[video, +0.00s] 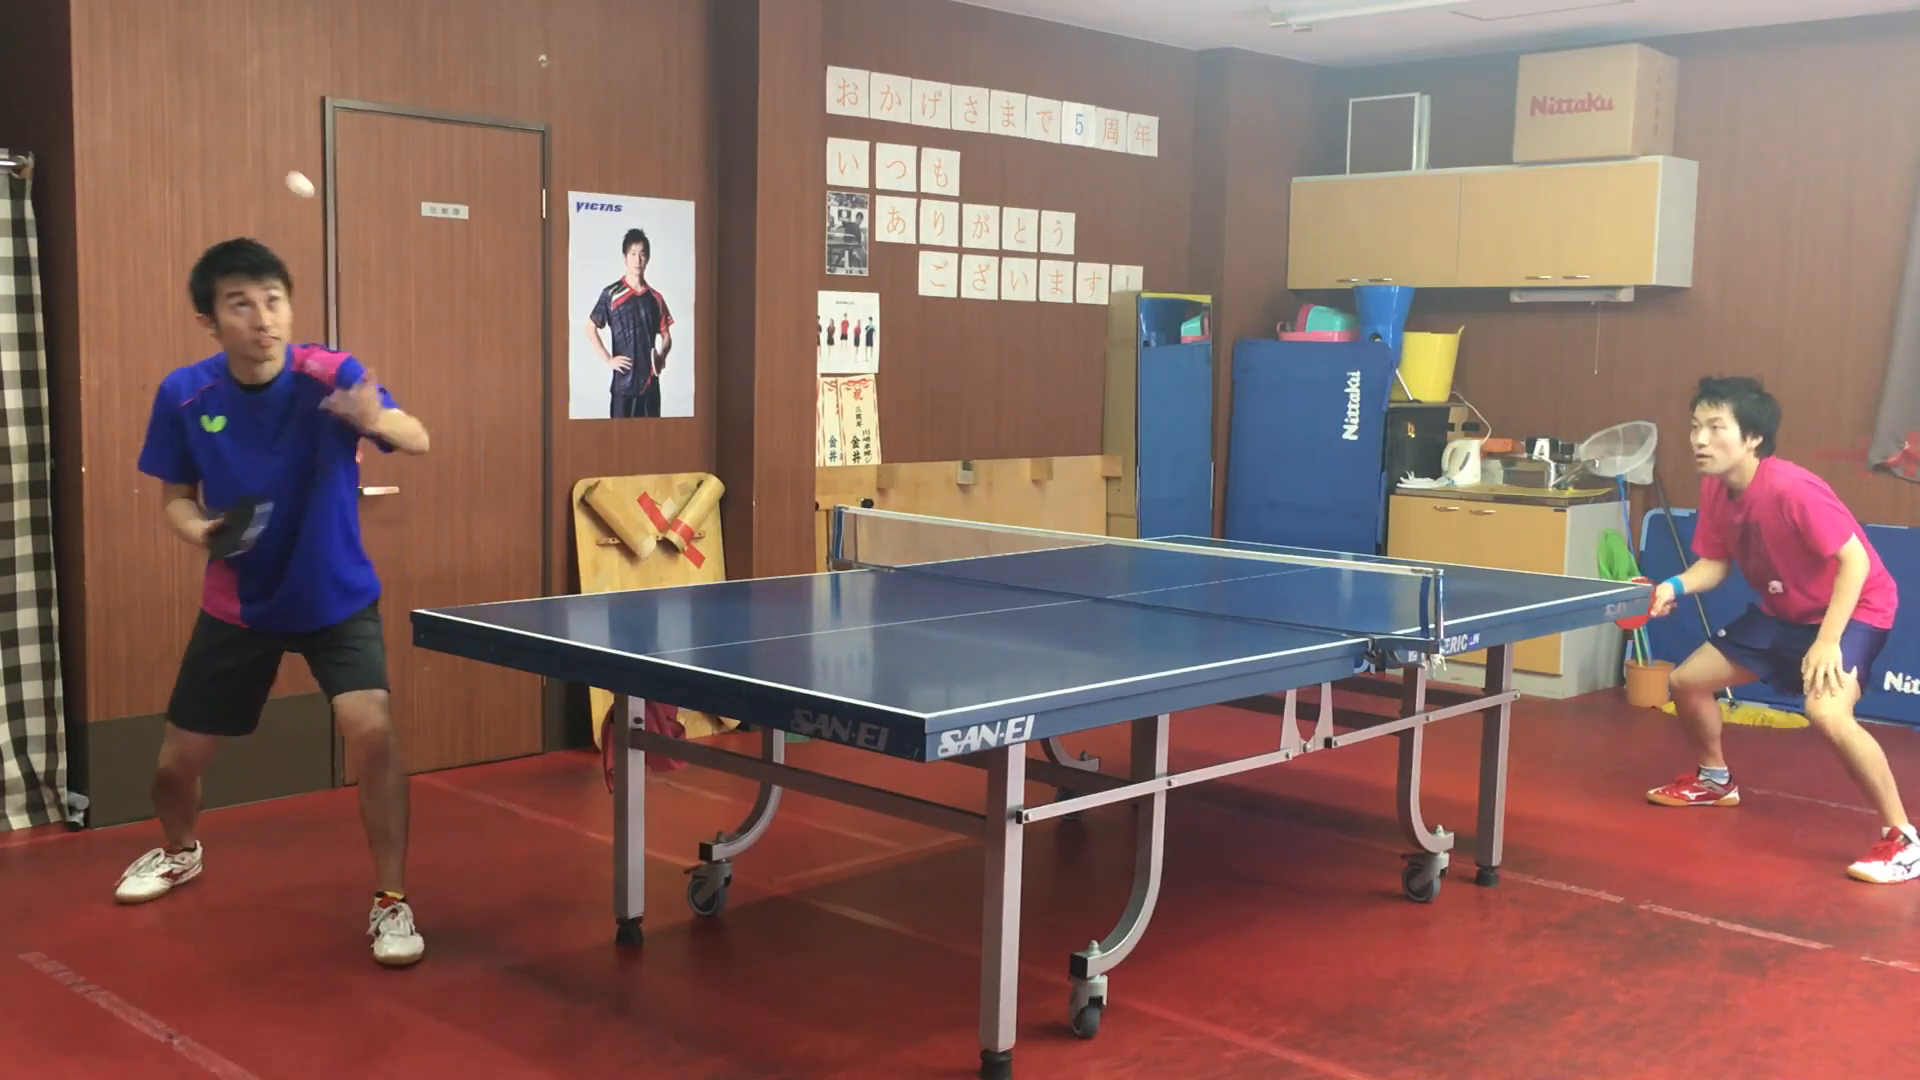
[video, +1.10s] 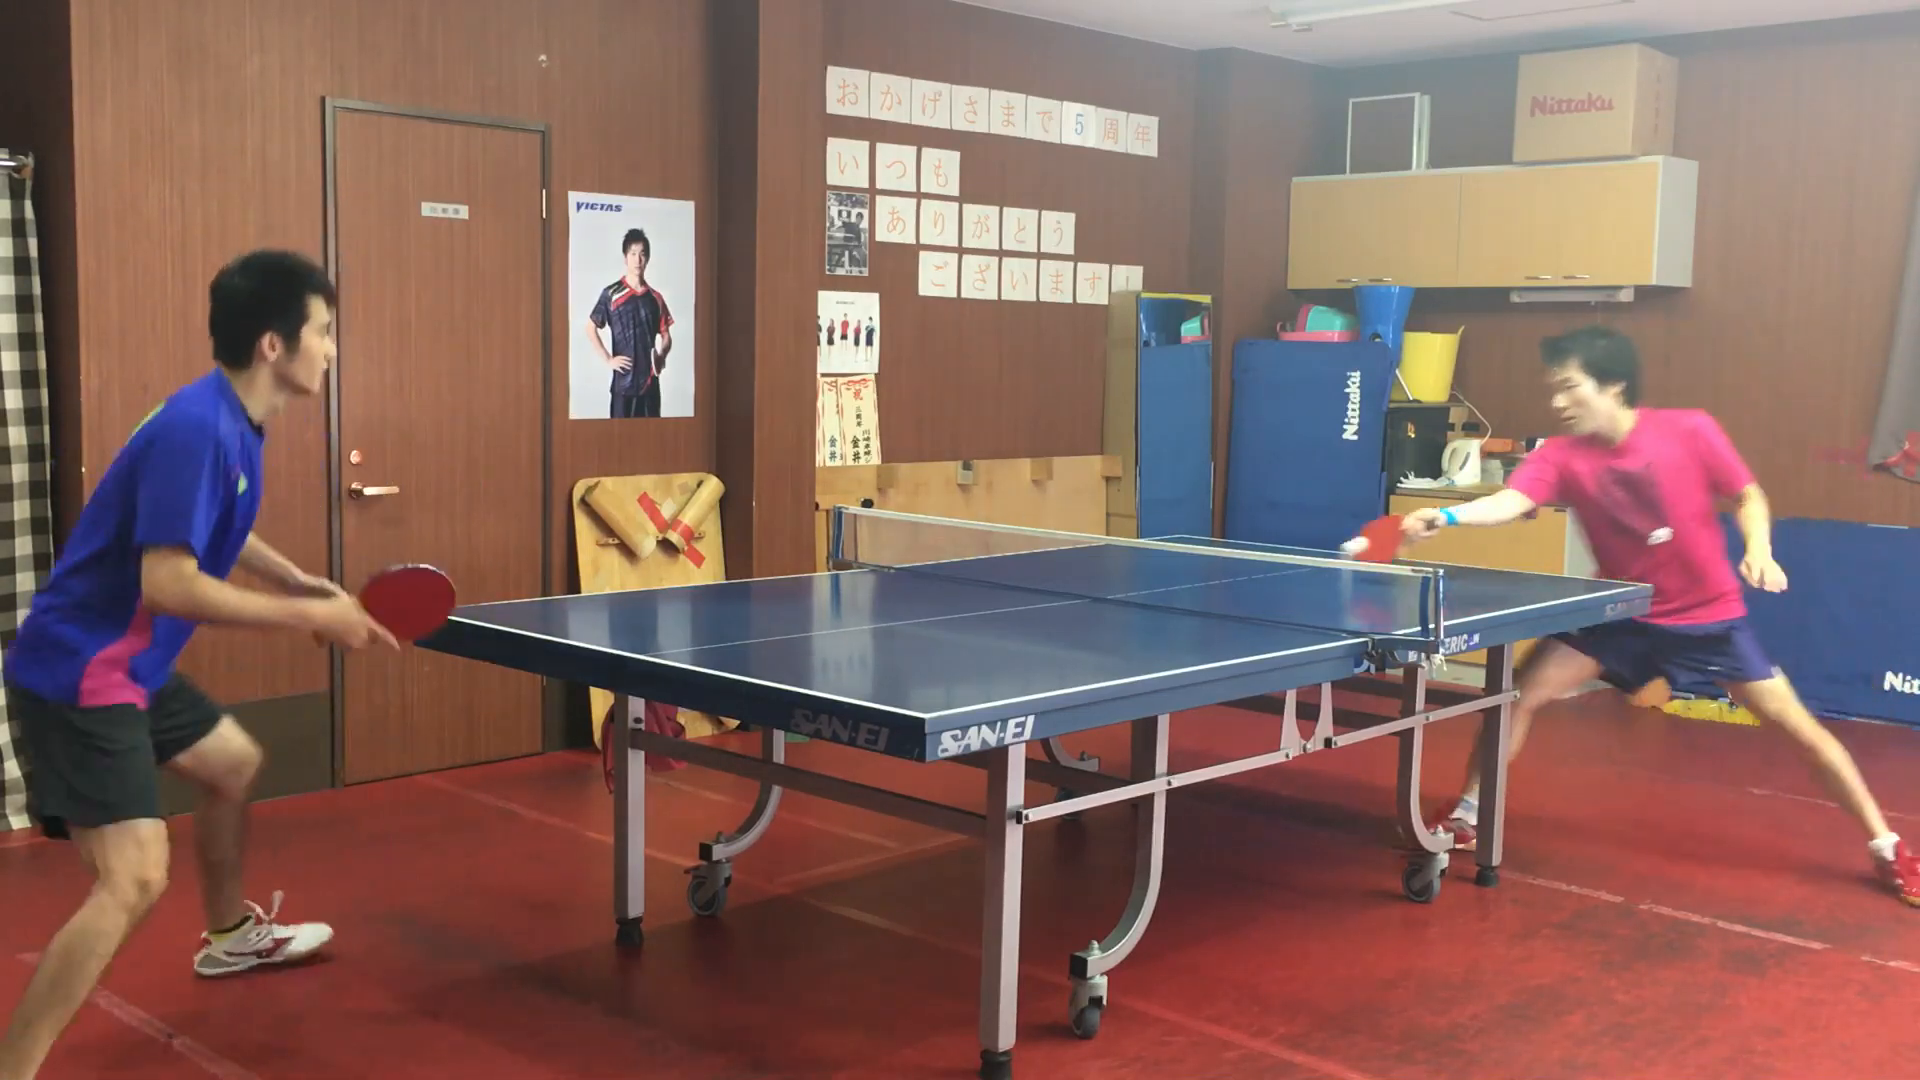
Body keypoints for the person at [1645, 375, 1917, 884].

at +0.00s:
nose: (1698, 438)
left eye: (1714, 427)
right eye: (1695, 426)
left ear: (1753, 441)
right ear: (1692, 431)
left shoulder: (1793, 489)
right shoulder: (1716, 489)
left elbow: (1855, 561)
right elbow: (1715, 562)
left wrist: (1827, 639)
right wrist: (1674, 587)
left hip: (1853, 613)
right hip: (1783, 612)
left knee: (1826, 710)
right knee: (1687, 681)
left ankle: (1901, 836)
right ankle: (1713, 778)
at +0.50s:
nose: (1711, 370)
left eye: (1727, 359)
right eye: (1709, 359)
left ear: (1767, 373)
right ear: (1706, 366)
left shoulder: (1809, 432)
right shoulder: (1723, 432)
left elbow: (1865, 506)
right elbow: (1718, 508)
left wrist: (1827, 578)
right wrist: (1668, 528)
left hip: (1835, 588)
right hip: (1763, 585)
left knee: (1857, 709)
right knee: (1703, 679)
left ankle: (1911, 831)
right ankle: (1714, 776)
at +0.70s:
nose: (1697, 357)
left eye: (1712, 345)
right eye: (1694, 345)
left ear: (1753, 353)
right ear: (1695, 351)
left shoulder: (1793, 410)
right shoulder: (1710, 422)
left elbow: (1854, 486)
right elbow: (1675, 490)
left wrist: (1799, 552)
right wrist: (1602, 507)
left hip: (1847, 572)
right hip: (1780, 569)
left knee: (1866, 707)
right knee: (1708, 674)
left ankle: (1919, 835)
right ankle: (1713, 807)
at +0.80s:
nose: (1695, 367)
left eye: (1709, 354)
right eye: (1693, 356)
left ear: (1753, 362)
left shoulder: (1811, 421)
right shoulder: (1704, 433)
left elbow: (1869, 495)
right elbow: (1648, 494)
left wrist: (1825, 564)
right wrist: (1568, 506)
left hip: (1838, 597)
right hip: (1757, 591)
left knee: (1876, 726)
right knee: (1666, 677)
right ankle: (1701, 797)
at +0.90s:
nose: (1674, 376)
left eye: (1687, 362)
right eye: (1673, 364)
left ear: (1734, 370)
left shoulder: (1800, 427)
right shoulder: (1679, 442)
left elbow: (1854, 505)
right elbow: (1616, 494)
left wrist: (1815, 560)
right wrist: (1536, 508)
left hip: (1808, 614)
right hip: (1725, 603)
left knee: (1863, 731)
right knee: (1616, 665)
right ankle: (1633, 795)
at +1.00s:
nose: (1621, 383)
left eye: (1631, 369)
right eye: (1617, 372)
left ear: (1679, 372)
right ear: (1631, 379)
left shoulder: (1751, 421)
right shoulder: (1628, 442)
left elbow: (1806, 495)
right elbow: (1567, 493)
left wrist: (1774, 545)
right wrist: (1493, 510)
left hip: (1765, 613)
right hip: (1677, 605)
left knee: (1840, 724)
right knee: (1574, 681)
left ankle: (1911, 842)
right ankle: (1504, 803)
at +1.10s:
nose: (1555, 400)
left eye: (1566, 386)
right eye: (1551, 388)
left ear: (1613, 386)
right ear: (1580, 393)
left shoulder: (1690, 432)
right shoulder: (1562, 457)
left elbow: (1748, 499)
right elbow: (1510, 503)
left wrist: (1758, 549)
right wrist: (1440, 516)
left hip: (1712, 620)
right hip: (1628, 620)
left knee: (1792, 722)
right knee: (1528, 687)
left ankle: (1887, 843)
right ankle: (1464, 819)